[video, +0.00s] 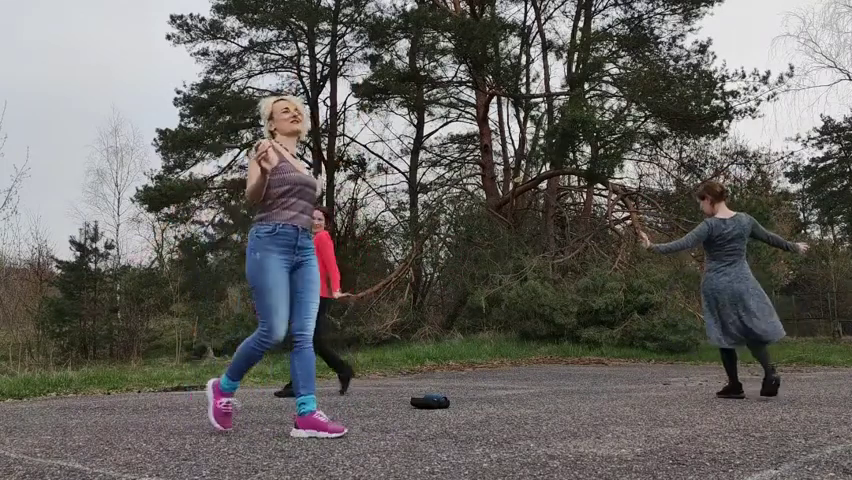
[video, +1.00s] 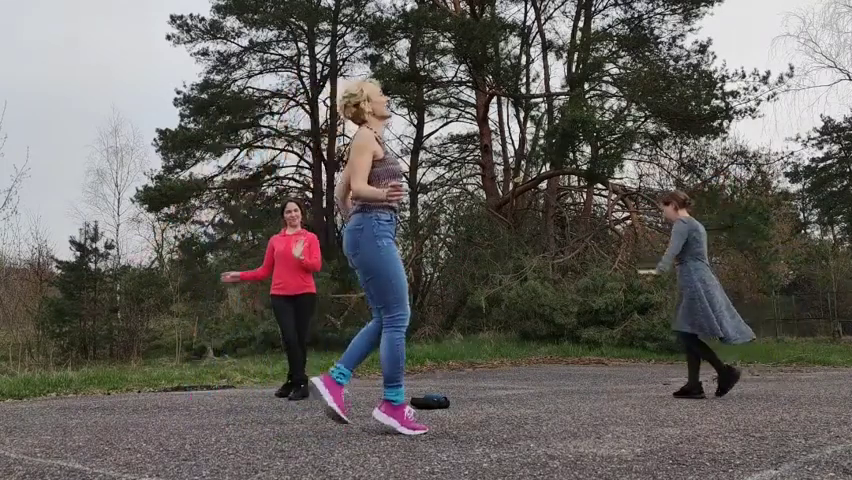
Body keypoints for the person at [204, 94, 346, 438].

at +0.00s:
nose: (293, 114)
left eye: (297, 110)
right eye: (284, 110)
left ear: (304, 120)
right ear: (270, 122)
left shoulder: (303, 161)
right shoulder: (264, 151)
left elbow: (296, 210)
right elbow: (252, 198)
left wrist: (313, 216)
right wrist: (263, 171)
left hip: (305, 247)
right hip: (269, 243)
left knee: (304, 334)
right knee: (272, 331)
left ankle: (306, 414)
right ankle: (223, 389)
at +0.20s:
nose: (317, 112)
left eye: (321, 108)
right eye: (309, 107)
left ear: (325, 117)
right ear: (292, 116)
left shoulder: (317, 159)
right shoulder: (284, 147)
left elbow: (320, 213)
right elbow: (270, 193)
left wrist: (345, 205)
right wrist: (275, 196)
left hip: (324, 239)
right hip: (294, 236)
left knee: (311, 327)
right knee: (326, 318)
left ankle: (307, 414)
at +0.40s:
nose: (342, 107)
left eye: (342, 103)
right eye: (334, 103)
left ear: (337, 114)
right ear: (315, 111)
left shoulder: (333, 159)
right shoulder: (303, 141)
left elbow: (353, 201)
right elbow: (279, 193)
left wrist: (377, 178)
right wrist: (283, 185)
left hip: (334, 237)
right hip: (311, 234)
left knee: (323, 330)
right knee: (379, 285)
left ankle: (309, 412)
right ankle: (438, 352)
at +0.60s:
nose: (359, 105)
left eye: (358, 100)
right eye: (352, 100)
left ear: (348, 109)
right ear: (333, 106)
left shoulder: (343, 152)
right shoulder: (320, 138)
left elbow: (361, 200)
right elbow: (307, 179)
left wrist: (404, 187)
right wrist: (311, 187)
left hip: (346, 233)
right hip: (336, 230)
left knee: (344, 327)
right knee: (403, 290)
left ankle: (316, 405)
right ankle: (423, 379)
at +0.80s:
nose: (373, 106)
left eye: (370, 101)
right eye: (367, 102)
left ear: (353, 112)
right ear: (352, 111)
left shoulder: (359, 149)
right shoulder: (348, 145)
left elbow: (368, 211)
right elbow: (338, 195)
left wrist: (405, 225)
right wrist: (350, 201)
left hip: (358, 241)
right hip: (367, 238)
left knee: (363, 332)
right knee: (397, 323)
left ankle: (321, 404)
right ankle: (390, 408)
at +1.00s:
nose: (387, 99)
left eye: (384, 95)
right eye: (381, 96)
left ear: (366, 106)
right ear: (366, 105)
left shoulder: (365, 139)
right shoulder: (367, 136)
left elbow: (343, 194)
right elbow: (358, 186)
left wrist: (361, 225)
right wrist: (385, 193)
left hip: (361, 229)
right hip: (372, 229)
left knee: (383, 317)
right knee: (396, 317)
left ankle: (335, 379)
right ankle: (394, 404)